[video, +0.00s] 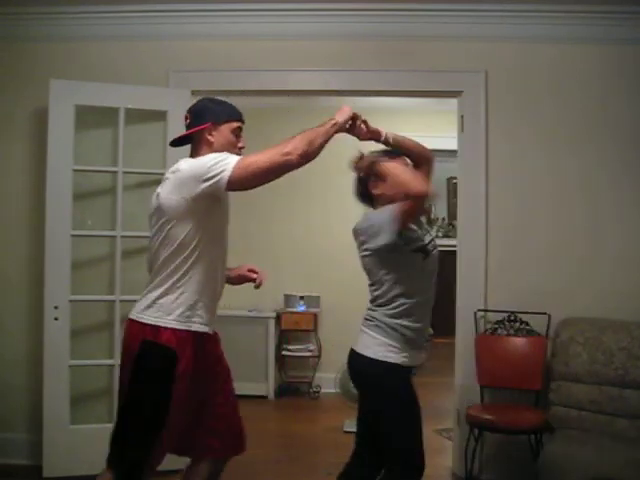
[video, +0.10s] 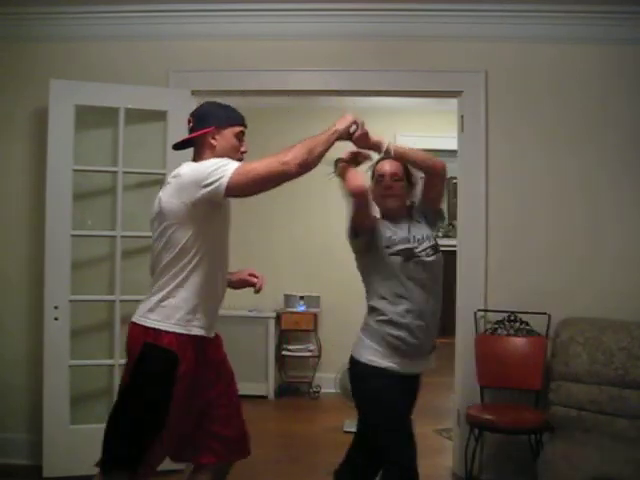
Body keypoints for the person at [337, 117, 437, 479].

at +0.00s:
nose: (409, 167)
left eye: (404, 163)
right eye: (399, 164)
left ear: (387, 185)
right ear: (378, 186)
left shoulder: (407, 219)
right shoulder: (374, 224)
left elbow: (425, 158)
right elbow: (419, 193)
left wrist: (379, 134)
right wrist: (378, 168)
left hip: (393, 361)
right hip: (379, 363)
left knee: (368, 459)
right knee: (408, 465)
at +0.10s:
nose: (388, 185)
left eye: (397, 178)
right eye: (381, 179)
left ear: (410, 187)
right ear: (372, 189)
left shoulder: (424, 222)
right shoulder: (368, 234)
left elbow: (437, 169)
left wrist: (381, 145)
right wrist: (349, 171)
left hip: (410, 368)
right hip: (375, 366)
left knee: (363, 460)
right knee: (402, 465)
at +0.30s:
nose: (383, 187)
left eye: (393, 180)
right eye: (384, 180)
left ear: (418, 186)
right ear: (389, 188)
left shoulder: (437, 227)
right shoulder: (377, 227)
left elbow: (443, 202)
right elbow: (329, 189)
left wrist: (380, 202)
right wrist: (364, 159)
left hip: (424, 376)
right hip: (373, 371)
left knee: (403, 468)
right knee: (372, 465)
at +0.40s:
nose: (390, 186)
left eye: (400, 181)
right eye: (392, 180)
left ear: (425, 191)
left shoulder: (439, 221)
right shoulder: (388, 223)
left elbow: (458, 232)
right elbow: (357, 199)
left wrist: (402, 253)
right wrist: (370, 154)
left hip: (429, 378)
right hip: (379, 371)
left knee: (417, 471)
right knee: (374, 467)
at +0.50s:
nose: (399, 183)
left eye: (409, 178)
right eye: (402, 176)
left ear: (434, 190)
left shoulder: (442, 223)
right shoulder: (407, 221)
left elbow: (473, 249)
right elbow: (390, 197)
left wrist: (422, 291)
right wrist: (383, 148)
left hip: (436, 377)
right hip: (394, 369)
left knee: (418, 469)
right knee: (384, 465)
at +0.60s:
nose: (411, 182)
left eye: (420, 176)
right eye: (412, 175)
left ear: (444, 187)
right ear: (439, 188)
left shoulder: (448, 220)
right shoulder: (427, 217)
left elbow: (487, 252)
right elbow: (414, 185)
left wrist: (456, 311)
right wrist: (402, 145)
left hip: (452, 374)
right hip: (420, 369)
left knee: (444, 470)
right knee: (396, 465)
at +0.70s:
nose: (422, 186)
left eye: (430, 178)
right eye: (424, 177)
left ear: (455, 185)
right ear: (455, 187)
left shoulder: (453, 222)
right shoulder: (455, 218)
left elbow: (504, 256)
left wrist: (494, 315)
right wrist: (430, 158)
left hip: (461, 376)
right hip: (468, 371)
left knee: (410, 466)